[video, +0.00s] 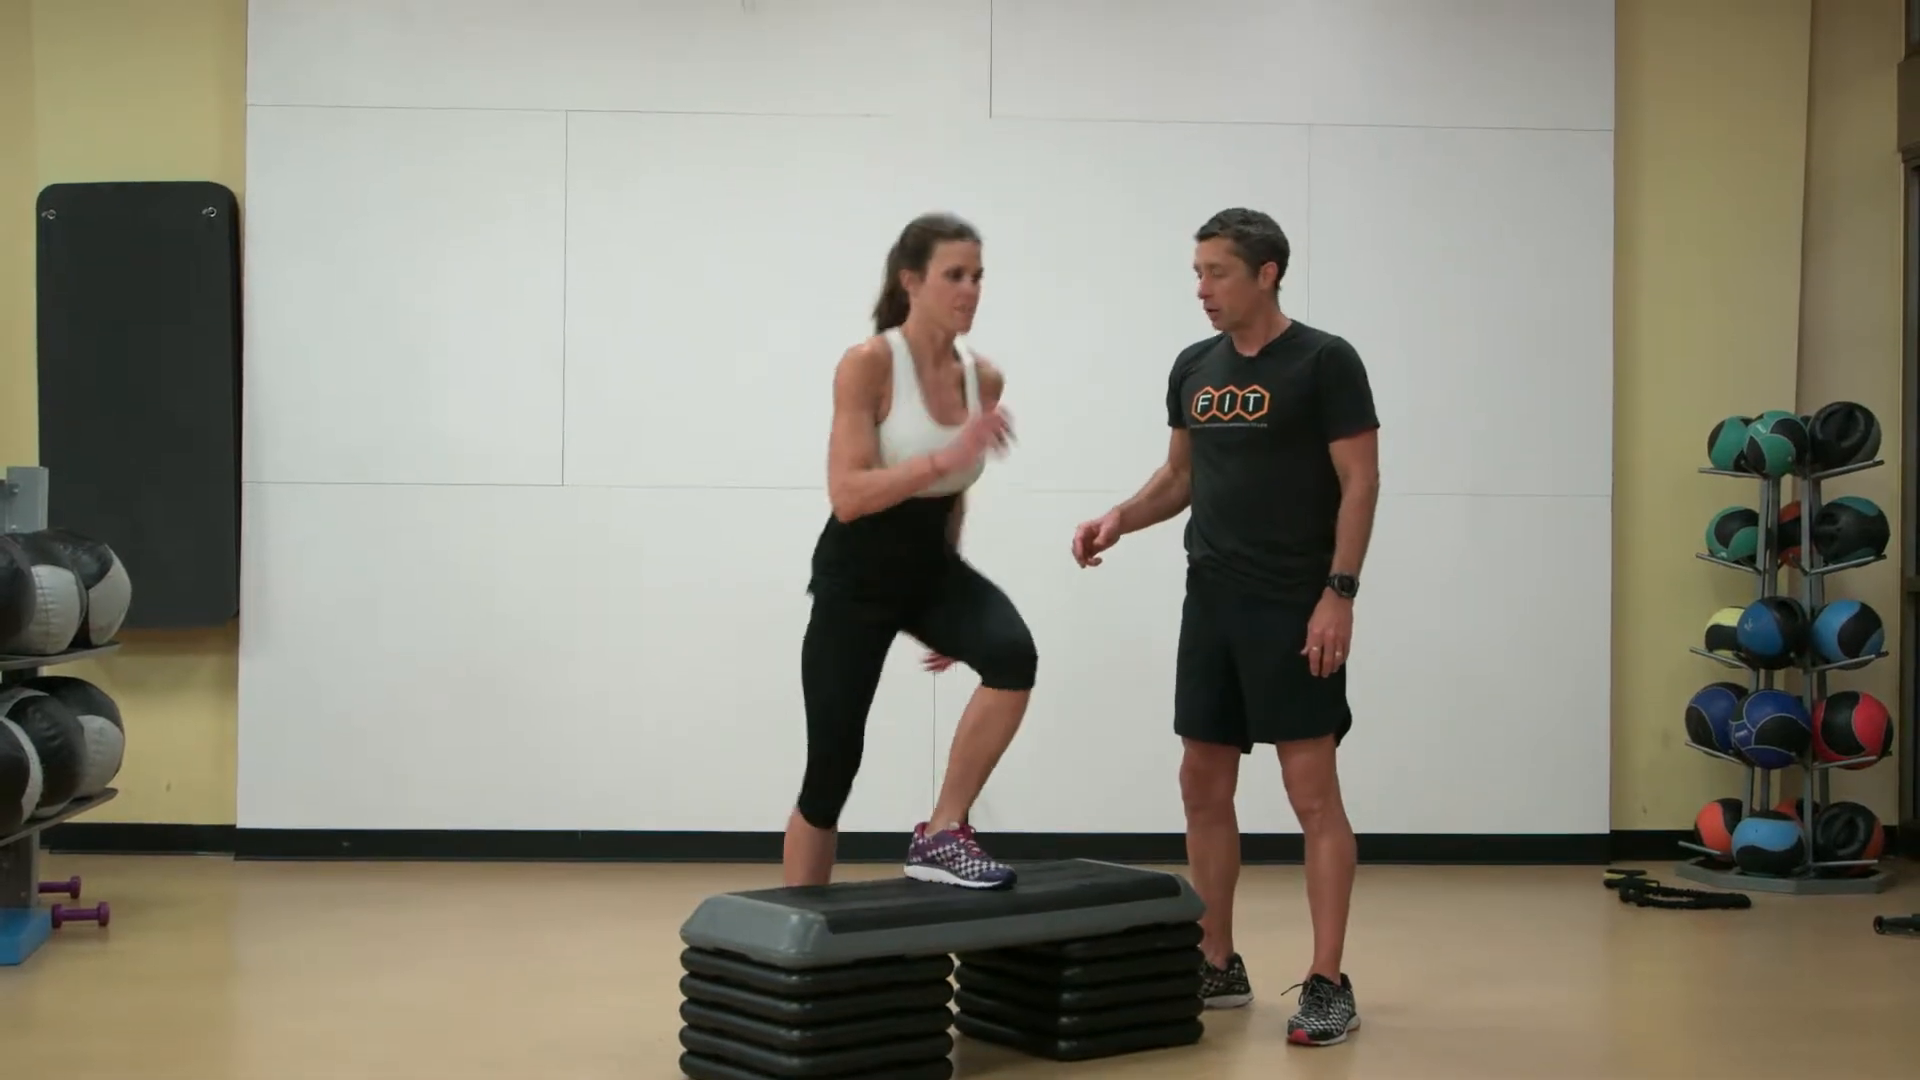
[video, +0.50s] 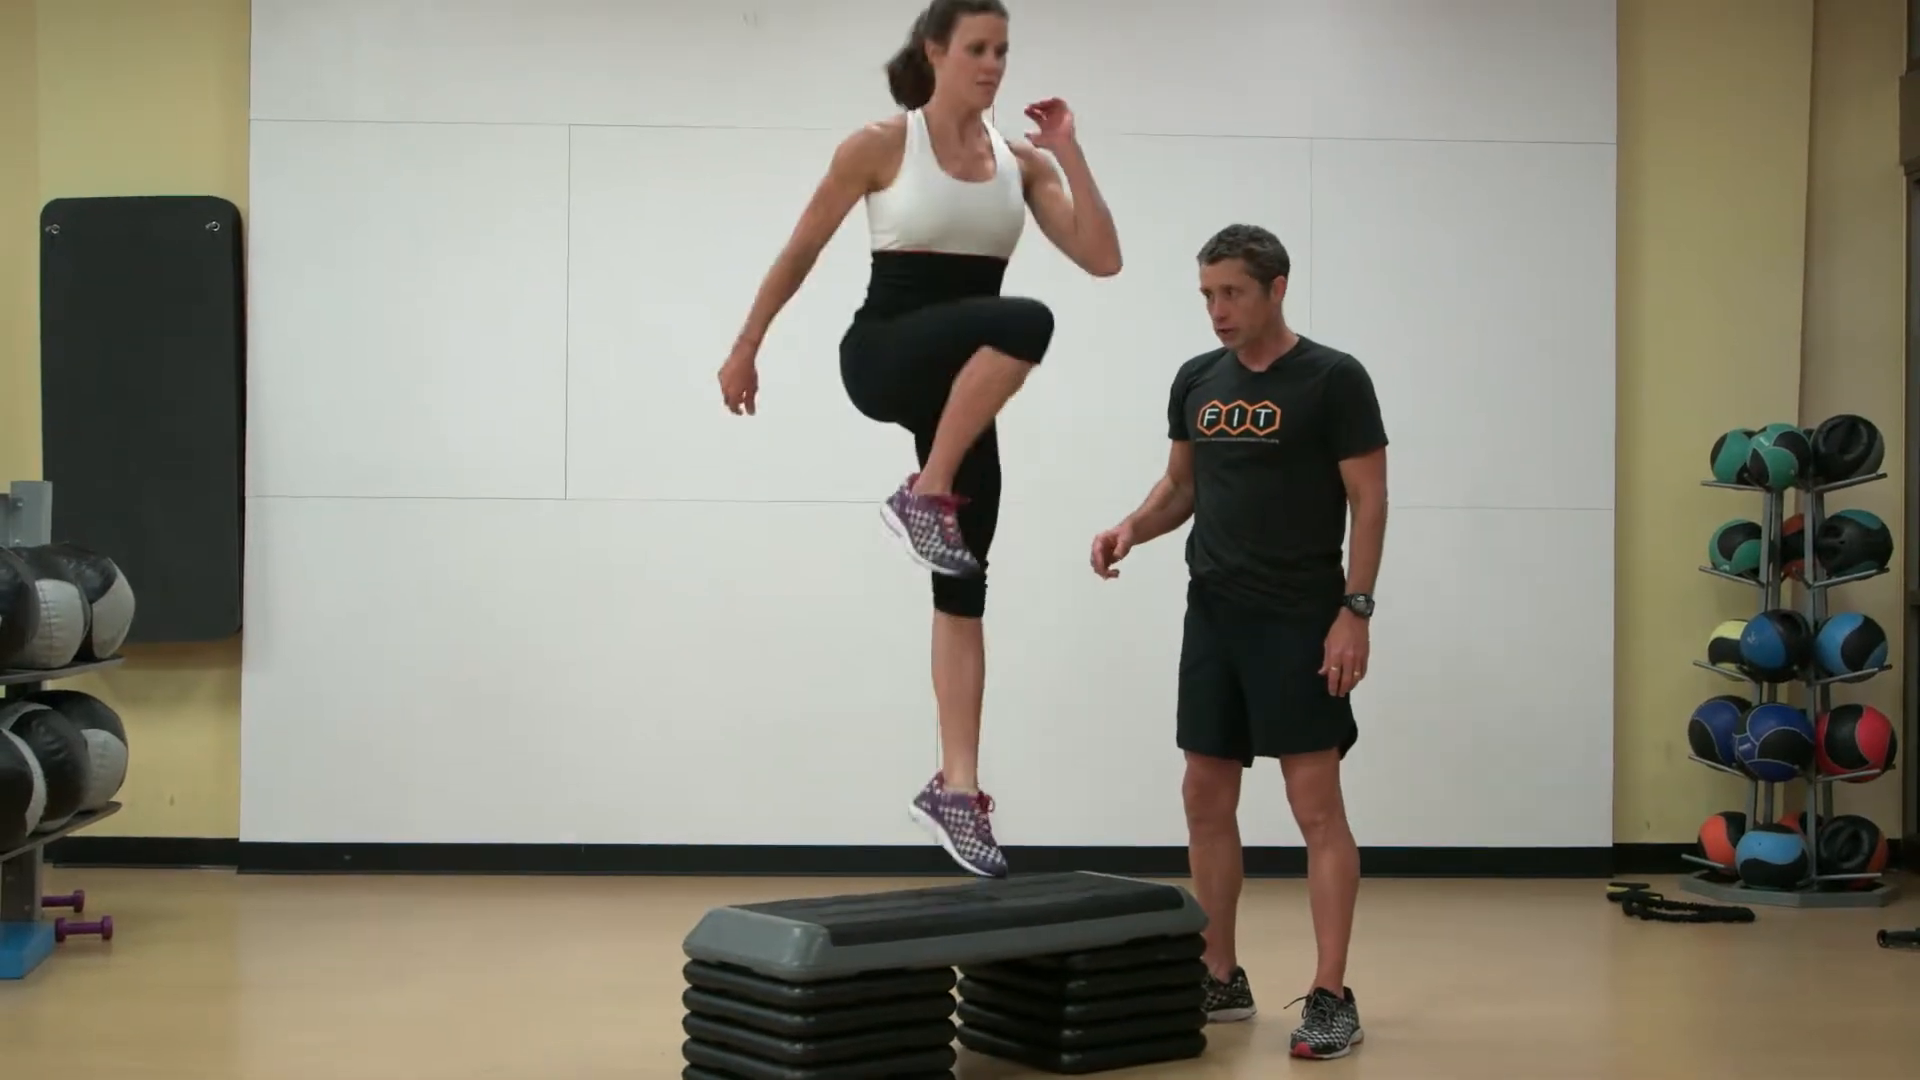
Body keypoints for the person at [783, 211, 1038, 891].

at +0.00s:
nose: (971, 289)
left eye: (977, 275)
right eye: (955, 275)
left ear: (981, 282)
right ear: (909, 282)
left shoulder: (980, 379)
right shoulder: (867, 367)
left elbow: (953, 500)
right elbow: (846, 497)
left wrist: (945, 615)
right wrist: (952, 454)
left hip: (930, 570)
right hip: (855, 576)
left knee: (1012, 656)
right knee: (832, 768)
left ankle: (943, 833)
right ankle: (801, 939)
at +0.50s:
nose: (993, 66)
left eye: (1001, 52)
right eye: (978, 49)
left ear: (1006, 63)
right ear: (932, 55)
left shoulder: (1019, 163)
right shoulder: (878, 148)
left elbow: (1103, 257)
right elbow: (801, 250)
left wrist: (1071, 155)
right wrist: (745, 347)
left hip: (969, 373)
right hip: (886, 357)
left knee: (962, 580)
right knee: (1024, 323)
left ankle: (957, 790)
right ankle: (928, 496)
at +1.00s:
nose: (969, 236)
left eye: (975, 223)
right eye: (954, 221)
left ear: (976, 231)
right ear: (906, 225)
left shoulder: (973, 328)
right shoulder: (866, 320)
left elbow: (946, 447)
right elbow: (841, 451)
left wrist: (955, 545)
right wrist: (945, 433)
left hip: (931, 542)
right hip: (851, 545)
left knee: (1007, 662)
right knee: (829, 739)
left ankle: (955, 854)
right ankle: (789, 922)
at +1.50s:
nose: (918, 335)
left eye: (923, 322)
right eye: (902, 321)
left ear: (926, 328)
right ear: (856, 324)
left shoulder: (922, 413)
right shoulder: (812, 414)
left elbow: (893, 516)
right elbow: (822, 541)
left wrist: (880, 596)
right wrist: (875, 453)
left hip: (880, 613)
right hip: (808, 623)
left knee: (987, 654)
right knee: (806, 827)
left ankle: (954, 854)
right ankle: (770, 981)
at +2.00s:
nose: (1001, 157)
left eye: (1009, 144)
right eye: (986, 142)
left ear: (1012, 155)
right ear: (941, 149)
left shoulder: (1020, 258)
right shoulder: (888, 238)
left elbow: (1041, 392)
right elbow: (814, 351)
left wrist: (1065, 324)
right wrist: (783, 470)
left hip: (966, 462)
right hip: (886, 459)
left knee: (1003, 642)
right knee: (987, 579)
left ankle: (964, 851)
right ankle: (875, 692)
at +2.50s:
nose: (1021, 177)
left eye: (1028, 163)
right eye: (1006, 161)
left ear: (1032, 173)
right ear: (961, 166)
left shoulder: (1032, 276)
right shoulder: (913, 256)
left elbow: (1040, 413)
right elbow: (856, 388)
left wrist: (1071, 386)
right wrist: (871, 501)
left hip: (982, 480)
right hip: (907, 478)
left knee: (1044, 650)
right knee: (985, 626)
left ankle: (989, 850)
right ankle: (873, 732)